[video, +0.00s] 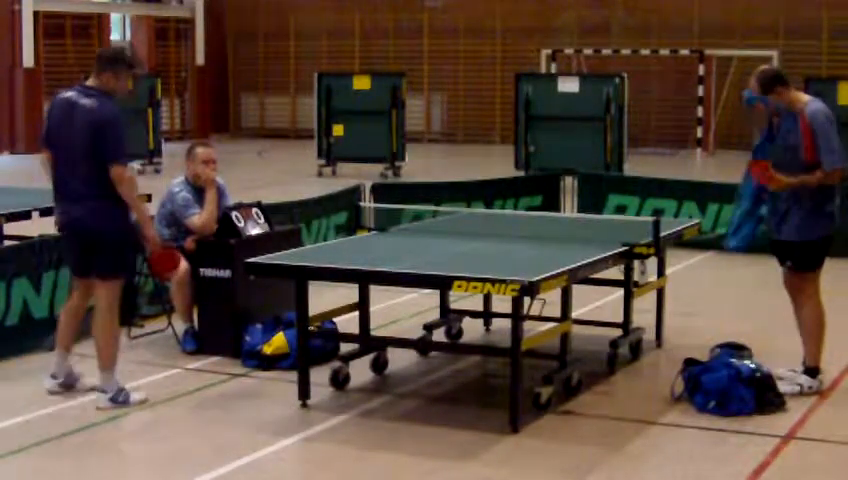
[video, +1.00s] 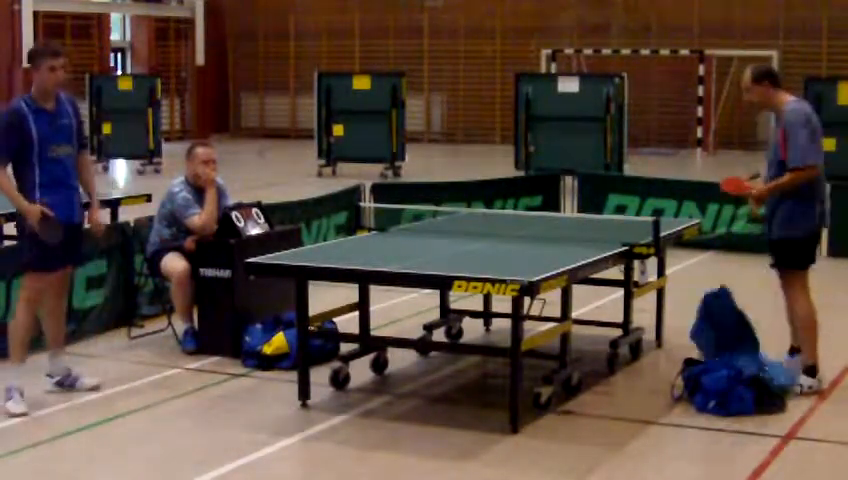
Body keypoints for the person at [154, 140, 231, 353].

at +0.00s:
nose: (212, 168)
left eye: (214, 163)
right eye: (206, 163)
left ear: (217, 164)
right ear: (190, 166)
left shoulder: (218, 187)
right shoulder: (178, 191)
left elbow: (225, 221)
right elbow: (204, 226)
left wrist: (199, 236)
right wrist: (211, 189)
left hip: (200, 241)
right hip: (168, 244)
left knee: (227, 262)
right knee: (182, 270)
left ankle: (224, 321)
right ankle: (188, 327)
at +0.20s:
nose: (211, 169)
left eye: (214, 163)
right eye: (205, 163)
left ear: (217, 164)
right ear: (190, 166)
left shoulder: (218, 187)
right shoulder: (178, 191)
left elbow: (226, 221)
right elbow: (205, 226)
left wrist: (199, 236)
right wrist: (211, 189)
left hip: (200, 240)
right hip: (168, 242)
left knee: (229, 261)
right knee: (180, 270)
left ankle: (226, 321)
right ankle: (188, 327)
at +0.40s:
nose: (211, 169)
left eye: (213, 163)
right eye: (205, 163)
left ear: (217, 165)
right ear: (190, 166)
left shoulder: (217, 187)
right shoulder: (178, 192)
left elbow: (225, 222)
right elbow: (205, 226)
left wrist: (197, 238)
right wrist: (211, 189)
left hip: (200, 241)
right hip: (167, 244)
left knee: (229, 261)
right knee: (181, 270)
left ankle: (225, 321)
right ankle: (189, 328)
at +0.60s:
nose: (212, 168)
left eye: (214, 163)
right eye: (205, 163)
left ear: (217, 164)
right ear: (190, 166)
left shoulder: (217, 187)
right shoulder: (178, 192)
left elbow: (224, 223)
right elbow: (204, 227)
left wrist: (197, 238)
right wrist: (211, 189)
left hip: (199, 241)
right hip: (166, 245)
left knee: (228, 263)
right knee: (181, 269)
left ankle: (223, 321)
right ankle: (189, 327)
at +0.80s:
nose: (210, 168)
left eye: (213, 163)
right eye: (205, 163)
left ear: (217, 165)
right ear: (190, 166)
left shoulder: (217, 187)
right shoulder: (178, 192)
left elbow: (226, 222)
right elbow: (205, 227)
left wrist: (197, 238)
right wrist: (211, 189)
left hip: (199, 241)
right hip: (165, 245)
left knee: (228, 263)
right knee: (181, 270)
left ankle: (224, 321)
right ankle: (189, 327)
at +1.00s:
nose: (211, 168)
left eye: (213, 163)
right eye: (205, 163)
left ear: (217, 165)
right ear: (190, 166)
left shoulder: (217, 187)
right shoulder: (178, 192)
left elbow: (225, 223)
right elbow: (205, 227)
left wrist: (197, 237)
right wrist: (211, 189)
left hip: (199, 241)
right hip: (166, 245)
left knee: (227, 263)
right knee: (181, 269)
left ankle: (222, 321)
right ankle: (188, 327)